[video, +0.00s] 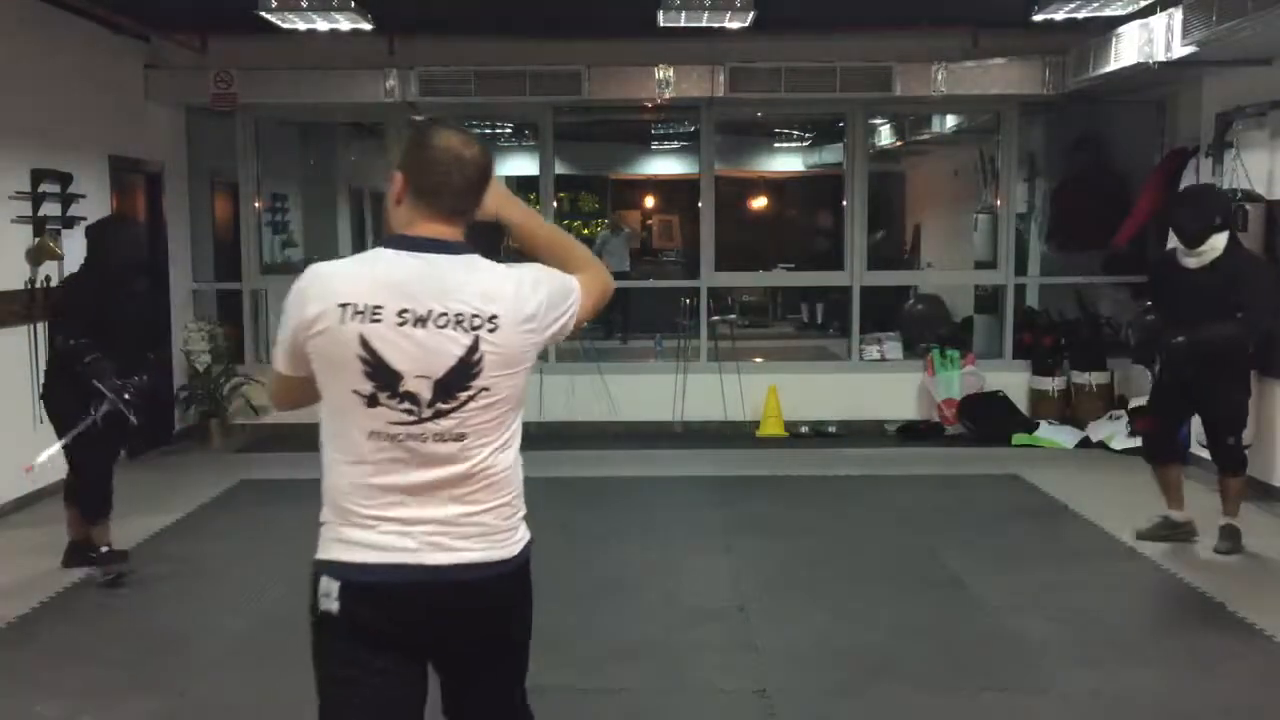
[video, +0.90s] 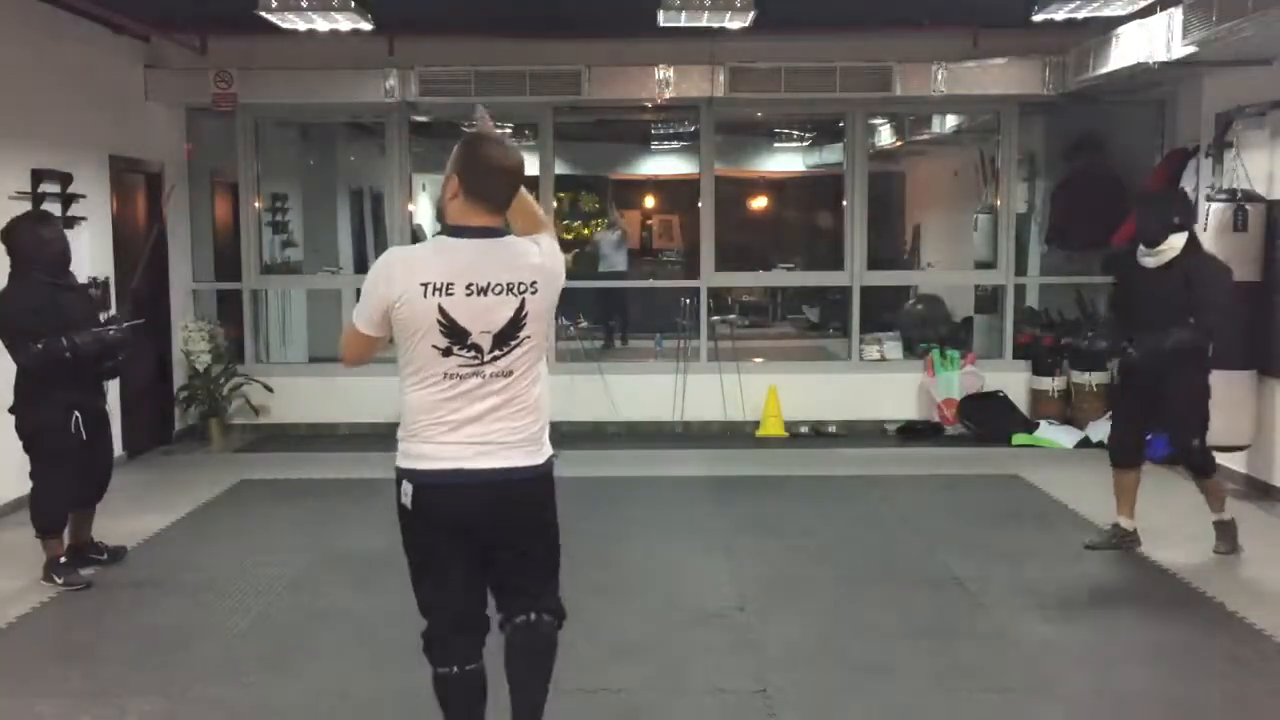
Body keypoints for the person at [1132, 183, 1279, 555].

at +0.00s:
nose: (1185, 238)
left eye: (1193, 230)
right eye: (1181, 229)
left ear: (1215, 226)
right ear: (1175, 225)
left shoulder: (1246, 268)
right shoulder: (1166, 266)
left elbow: (1257, 328)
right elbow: (1160, 314)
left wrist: (1197, 338)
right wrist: (1148, 332)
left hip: (1224, 373)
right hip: (1177, 369)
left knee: (1227, 447)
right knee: (1159, 438)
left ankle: (1229, 524)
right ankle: (1177, 518)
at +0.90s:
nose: (1148, 233)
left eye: (1157, 225)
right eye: (1144, 223)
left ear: (1177, 224)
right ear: (1137, 223)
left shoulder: (1205, 270)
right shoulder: (1129, 266)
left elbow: (1213, 327)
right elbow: (1119, 318)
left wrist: (1161, 342)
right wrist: (1119, 342)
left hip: (1184, 372)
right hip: (1138, 370)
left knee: (1192, 449)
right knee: (1123, 444)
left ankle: (1222, 520)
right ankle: (1124, 526)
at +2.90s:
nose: (1127, 226)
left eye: (1135, 218)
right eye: (1126, 218)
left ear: (1156, 219)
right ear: (1123, 219)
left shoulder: (1181, 267)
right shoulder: (1115, 262)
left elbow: (1172, 327)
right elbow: (1100, 314)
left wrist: (1122, 348)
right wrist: (1087, 343)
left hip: (1155, 376)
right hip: (1113, 373)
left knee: (1159, 454)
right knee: (1117, 449)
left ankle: (1169, 536)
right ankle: (1124, 527)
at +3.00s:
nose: (1126, 226)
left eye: (1135, 218)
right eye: (1125, 218)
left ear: (1156, 219)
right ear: (1124, 218)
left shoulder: (1181, 267)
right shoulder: (1115, 261)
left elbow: (1172, 327)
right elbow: (1100, 315)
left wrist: (1125, 346)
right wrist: (1089, 344)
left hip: (1154, 377)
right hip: (1112, 374)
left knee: (1159, 455)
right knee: (1116, 450)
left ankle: (1169, 537)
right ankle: (1123, 528)